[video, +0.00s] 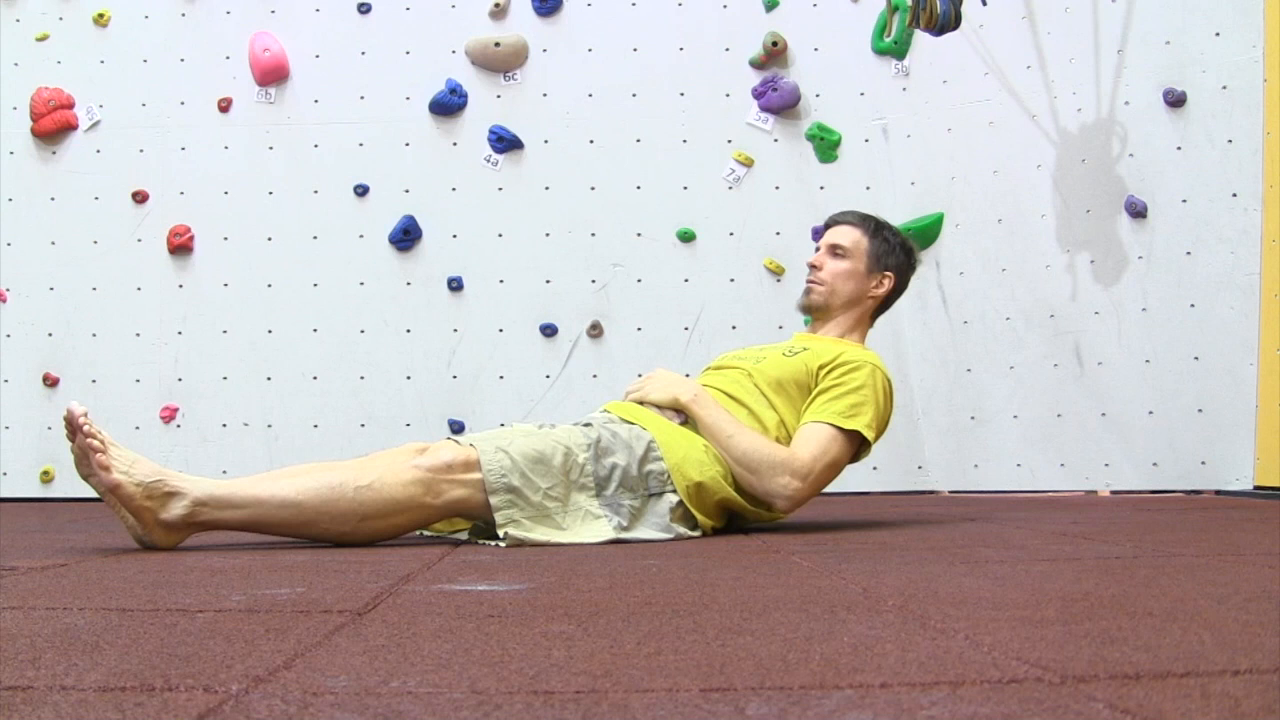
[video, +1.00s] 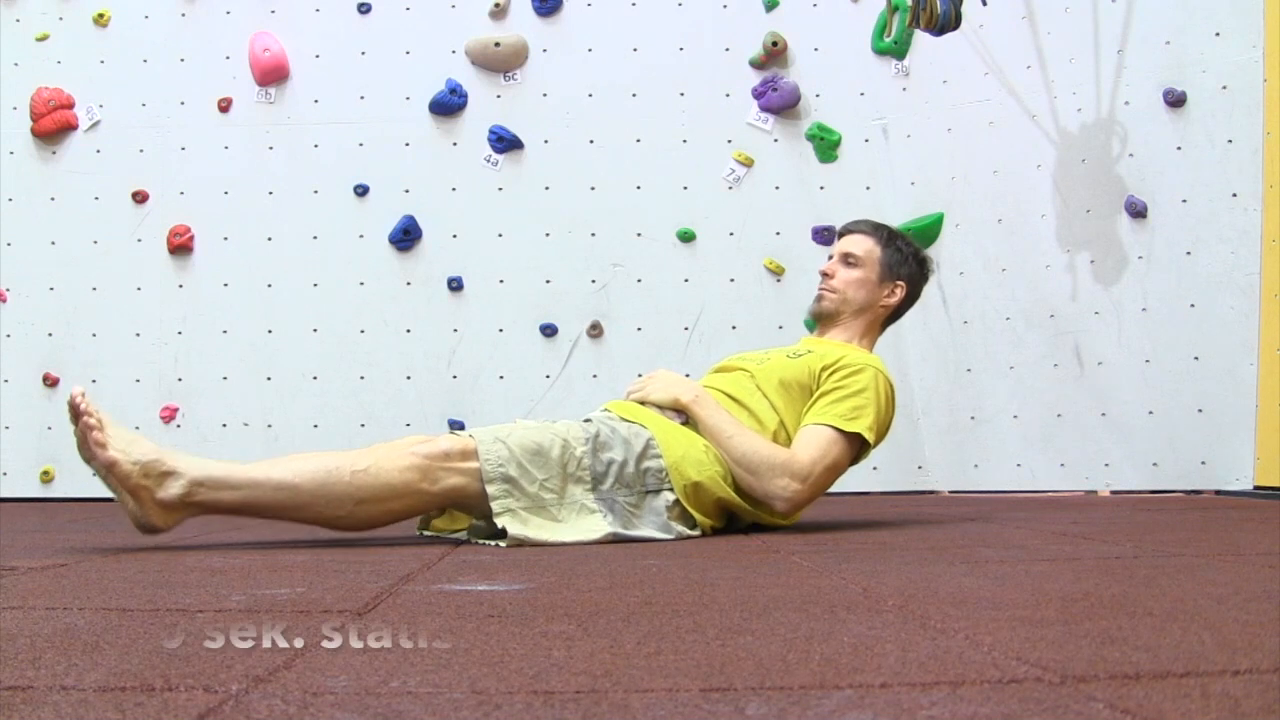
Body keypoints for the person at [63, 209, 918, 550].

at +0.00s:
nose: (815, 262)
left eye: (837, 256)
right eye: (819, 251)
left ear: (878, 288)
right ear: (824, 274)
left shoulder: (856, 369)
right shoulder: (789, 356)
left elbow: (788, 486)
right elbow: (747, 458)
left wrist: (694, 397)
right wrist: (665, 400)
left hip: (656, 465)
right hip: (626, 448)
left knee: (448, 474)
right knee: (430, 466)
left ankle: (185, 500)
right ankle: (179, 502)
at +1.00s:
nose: (828, 264)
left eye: (851, 260)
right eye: (832, 253)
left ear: (891, 297)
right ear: (837, 280)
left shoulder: (859, 373)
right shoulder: (797, 360)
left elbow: (788, 490)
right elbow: (750, 468)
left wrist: (695, 398)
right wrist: (670, 405)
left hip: (656, 461)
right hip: (633, 449)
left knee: (438, 464)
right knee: (424, 469)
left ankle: (178, 482)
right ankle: (176, 484)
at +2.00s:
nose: (804, 236)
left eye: (826, 230)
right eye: (809, 226)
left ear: (872, 264)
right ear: (819, 256)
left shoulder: (847, 354)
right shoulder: (773, 344)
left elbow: (784, 476)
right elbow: (738, 448)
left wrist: (685, 395)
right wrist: (666, 403)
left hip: (659, 464)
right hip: (635, 448)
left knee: (449, 407)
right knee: (438, 407)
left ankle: (193, 348)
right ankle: (189, 353)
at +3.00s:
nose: (816, 251)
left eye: (837, 244)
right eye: (820, 241)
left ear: (882, 277)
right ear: (835, 270)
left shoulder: (855, 363)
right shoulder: (794, 352)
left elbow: (787, 486)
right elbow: (741, 454)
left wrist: (691, 398)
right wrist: (668, 402)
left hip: (660, 460)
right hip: (638, 448)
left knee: (440, 424)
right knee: (430, 425)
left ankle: (181, 389)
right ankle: (181, 391)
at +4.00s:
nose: (833, 241)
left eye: (857, 241)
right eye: (843, 234)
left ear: (887, 286)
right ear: (847, 273)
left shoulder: (858, 367)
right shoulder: (794, 352)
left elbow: (789, 489)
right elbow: (741, 459)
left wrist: (694, 399)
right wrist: (671, 403)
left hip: (662, 460)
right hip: (639, 445)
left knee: (441, 428)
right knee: (429, 433)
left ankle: (176, 399)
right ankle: (177, 402)